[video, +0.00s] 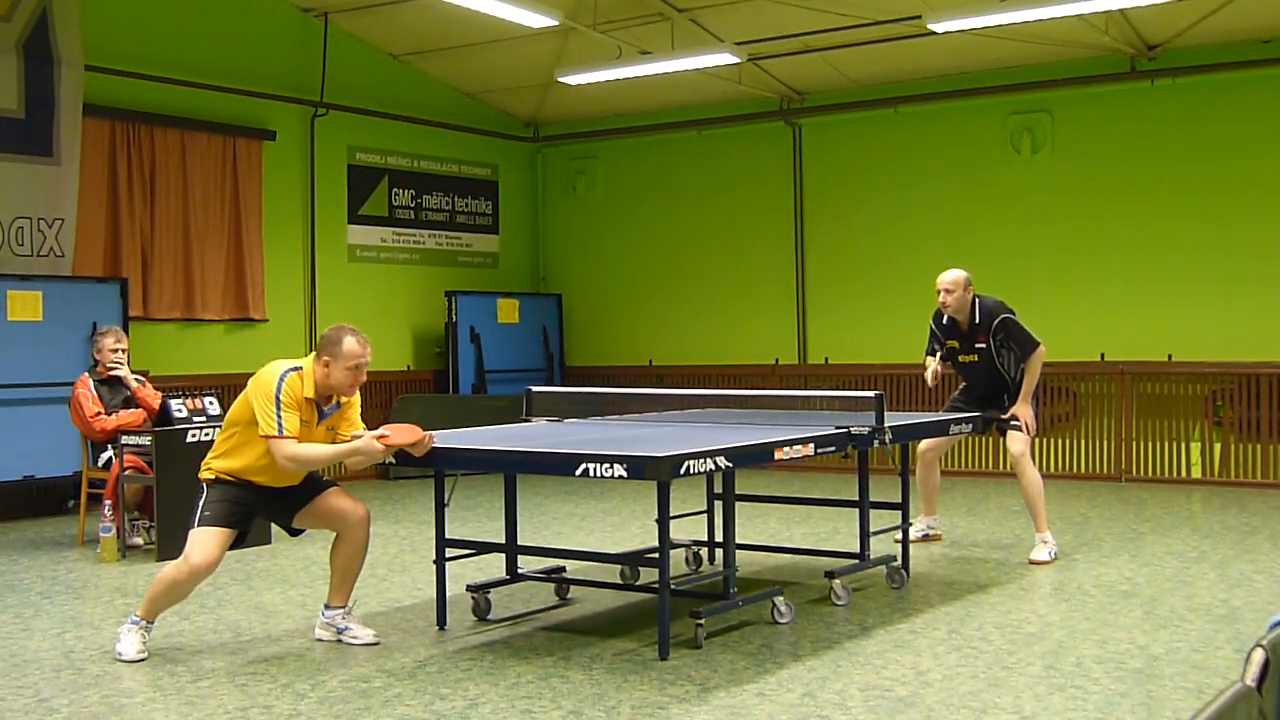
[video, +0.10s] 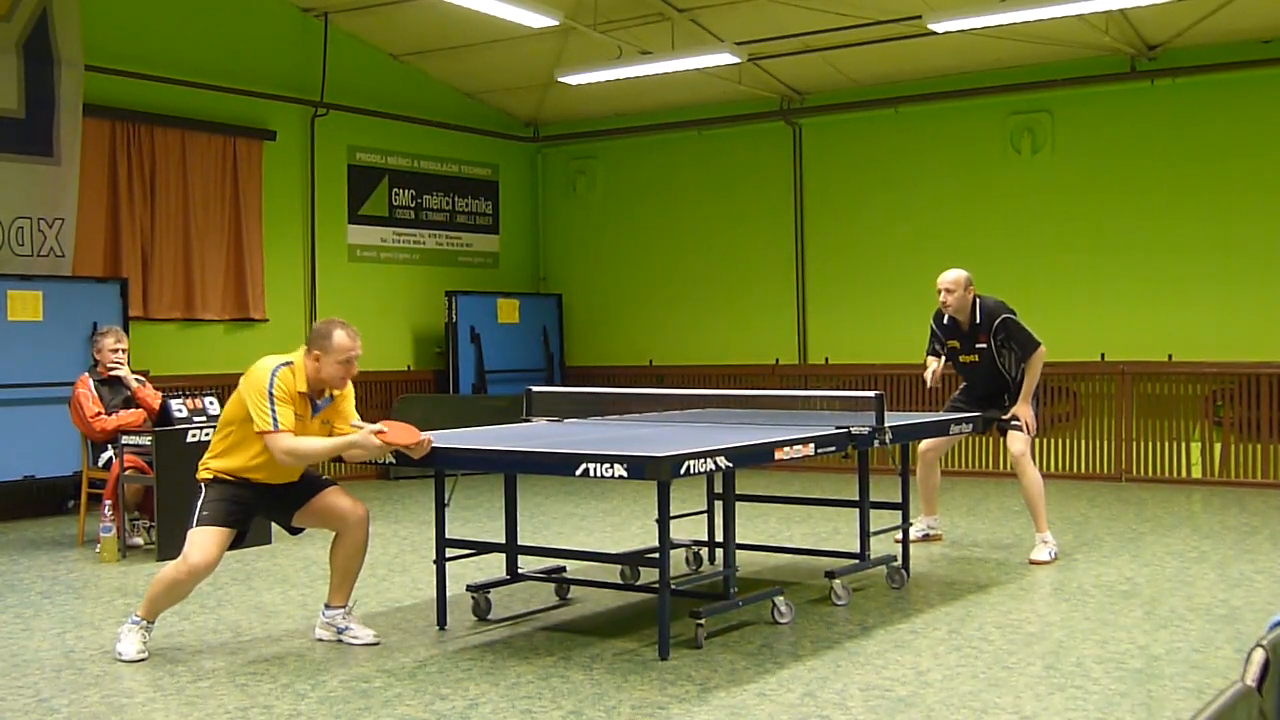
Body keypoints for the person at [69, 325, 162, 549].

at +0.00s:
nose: (120, 356)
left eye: (123, 351)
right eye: (113, 351)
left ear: (128, 354)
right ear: (97, 355)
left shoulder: (138, 381)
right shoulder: (85, 385)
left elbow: (162, 412)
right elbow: (97, 428)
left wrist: (132, 384)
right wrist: (142, 415)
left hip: (147, 446)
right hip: (112, 449)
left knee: (170, 469)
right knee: (133, 474)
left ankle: (152, 521)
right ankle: (131, 520)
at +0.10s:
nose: (119, 356)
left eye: (123, 351)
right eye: (113, 351)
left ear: (128, 354)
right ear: (97, 355)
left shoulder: (138, 381)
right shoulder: (85, 384)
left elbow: (162, 412)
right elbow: (97, 427)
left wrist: (132, 384)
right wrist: (141, 415)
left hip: (146, 446)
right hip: (111, 448)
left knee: (168, 468)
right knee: (134, 474)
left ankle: (149, 520)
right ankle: (130, 520)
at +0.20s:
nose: (120, 357)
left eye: (124, 351)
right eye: (113, 351)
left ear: (128, 354)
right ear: (97, 355)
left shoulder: (138, 381)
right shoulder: (85, 385)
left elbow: (162, 412)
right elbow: (97, 428)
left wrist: (132, 384)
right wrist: (142, 415)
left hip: (146, 446)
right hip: (110, 449)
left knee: (170, 469)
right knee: (134, 475)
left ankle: (149, 520)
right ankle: (131, 519)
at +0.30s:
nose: (120, 357)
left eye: (124, 352)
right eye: (113, 351)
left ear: (128, 354)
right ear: (97, 355)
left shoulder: (138, 381)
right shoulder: (85, 385)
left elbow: (163, 412)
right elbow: (97, 428)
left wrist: (132, 384)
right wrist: (142, 415)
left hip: (146, 447)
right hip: (111, 449)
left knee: (172, 468)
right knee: (134, 473)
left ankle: (150, 520)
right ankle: (131, 520)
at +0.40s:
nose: (120, 357)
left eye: (123, 352)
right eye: (113, 351)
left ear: (128, 354)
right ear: (97, 355)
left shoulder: (138, 381)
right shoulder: (85, 385)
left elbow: (162, 412)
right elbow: (97, 428)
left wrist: (132, 385)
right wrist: (142, 415)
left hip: (146, 447)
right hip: (111, 449)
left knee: (172, 468)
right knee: (134, 474)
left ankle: (150, 520)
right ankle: (130, 520)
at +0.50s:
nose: (120, 357)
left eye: (123, 352)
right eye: (113, 352)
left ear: (128, 354)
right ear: (97, 355)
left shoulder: (137, 382)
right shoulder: (84, 386)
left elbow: (162, 414)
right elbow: (97, 429)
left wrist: (132, 385)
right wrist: (141, 416)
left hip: (146, 447)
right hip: (112, 449)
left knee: (171, 469)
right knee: (134, 474)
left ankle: (151, 521)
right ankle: (132, 520)